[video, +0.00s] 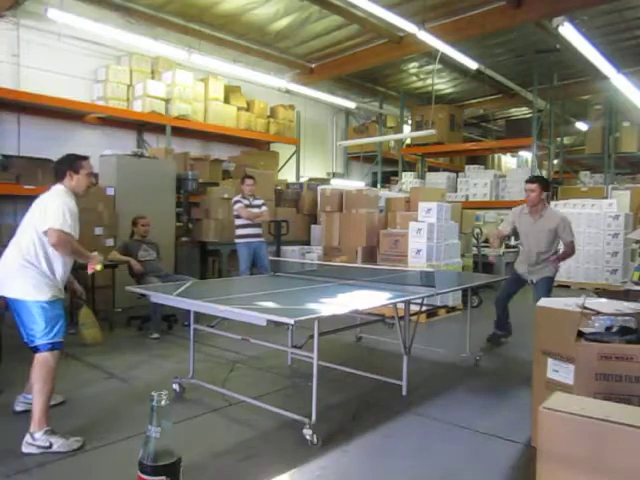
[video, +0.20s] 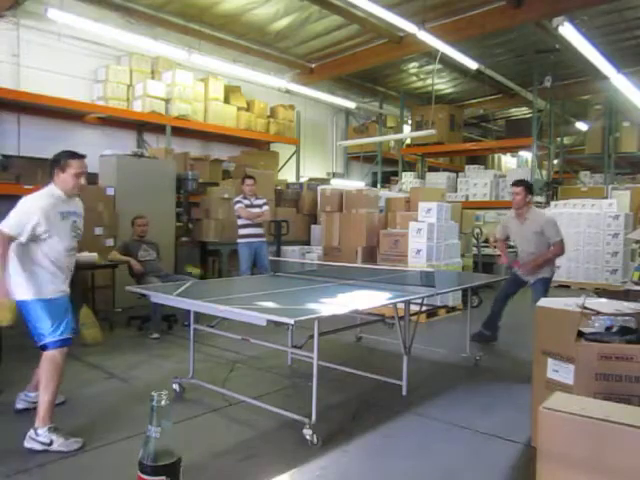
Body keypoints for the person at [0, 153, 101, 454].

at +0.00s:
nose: (93, 181)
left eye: (93, 175)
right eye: (89, 175)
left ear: (69, 176)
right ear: (71, 175)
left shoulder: (53, 198)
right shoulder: (62, 199)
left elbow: (47, 250)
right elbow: (57, 238)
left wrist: (69, 281)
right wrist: (89, 257)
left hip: (22, 280)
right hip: (32, 282)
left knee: (45, 343)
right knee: (50, 347)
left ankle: (31, 394)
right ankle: (38, 431)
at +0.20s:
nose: (83, 181)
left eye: (85, 175)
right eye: (78, 175)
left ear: (79, 176)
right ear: (59, 174)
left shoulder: (76, 205)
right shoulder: (36, 203)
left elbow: (65, 246)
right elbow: (4, 236)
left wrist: (61, 279)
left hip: (58, 287)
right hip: (35, 289)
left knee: (61, 340)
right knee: (57, 347)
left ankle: (31, 393)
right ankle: (42, 429)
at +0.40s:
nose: (60, 180)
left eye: (63, 174)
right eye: (54, 174)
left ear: (64, 173)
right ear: (35, 172)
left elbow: (83, 244)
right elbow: (32, 256)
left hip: (60, 283)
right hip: (30, 286)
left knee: (68, 334)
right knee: (49, 345)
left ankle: (33, 390)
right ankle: (40, 430)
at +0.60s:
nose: (68, 178)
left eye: (69, 172)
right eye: (66, 171)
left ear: (44, 170)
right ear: (47, 170)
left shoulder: (28, 193)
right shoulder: (36, 198)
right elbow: (74, 232)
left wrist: (68, 248)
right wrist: (77, 212)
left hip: (28, 285)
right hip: (31, 287)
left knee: (52, 339)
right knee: (47, 350)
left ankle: (29, 393)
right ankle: (39, 431)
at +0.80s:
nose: (71, 169)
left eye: (71, 163)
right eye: (68, 163)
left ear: (50, 163)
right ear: (52, 163)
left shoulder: (48, 193)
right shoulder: (34, 191)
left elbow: (56, 238)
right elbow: (44, 239)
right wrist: (84, 239)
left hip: (34, 284)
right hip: (23, 286)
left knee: (34, 345)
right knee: (30, 352)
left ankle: (27, 395)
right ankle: (33, 429)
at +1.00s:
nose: (74, 167)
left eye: (73, 161)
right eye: (70, 160)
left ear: (54, 162)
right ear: (54, 162)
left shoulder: (55, 196)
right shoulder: (27, 191)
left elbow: (54, 240)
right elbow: (9, 234)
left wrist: (69, 261)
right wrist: (51, 261)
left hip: (38, 288)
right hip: (23, 290)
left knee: (36, 349)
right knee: (34, 355)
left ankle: (27, 397)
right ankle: (21, 431)